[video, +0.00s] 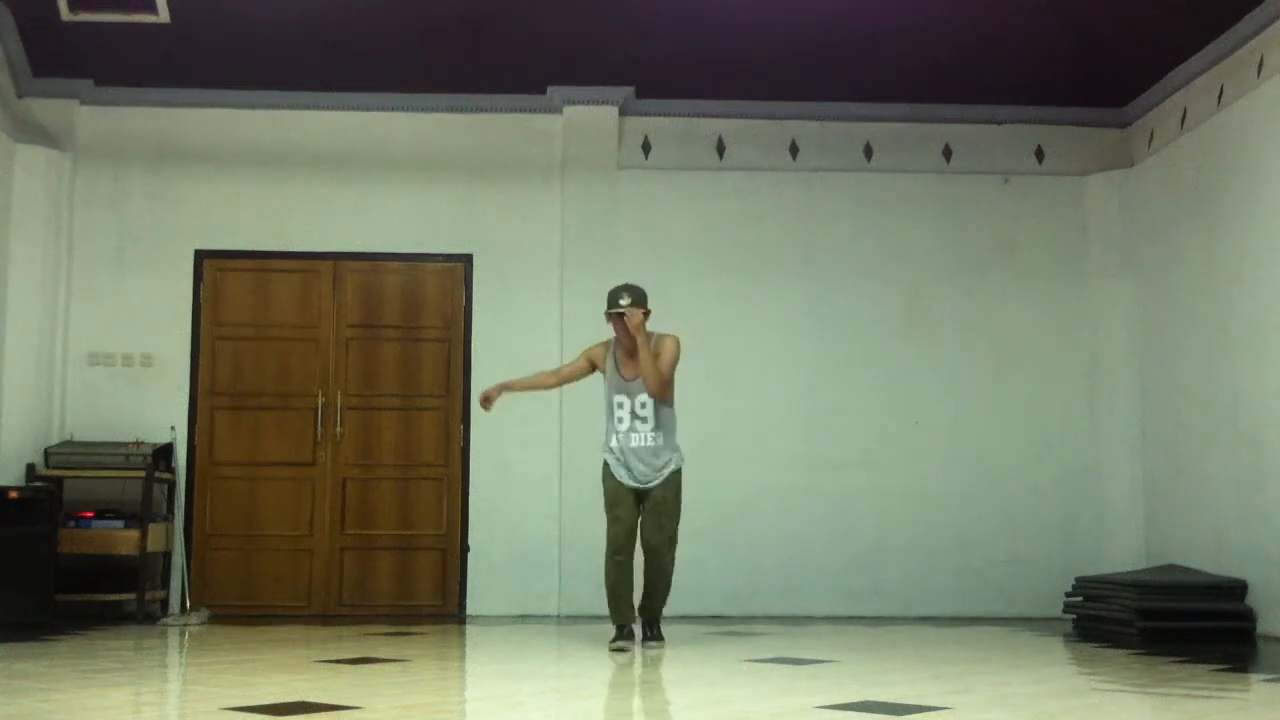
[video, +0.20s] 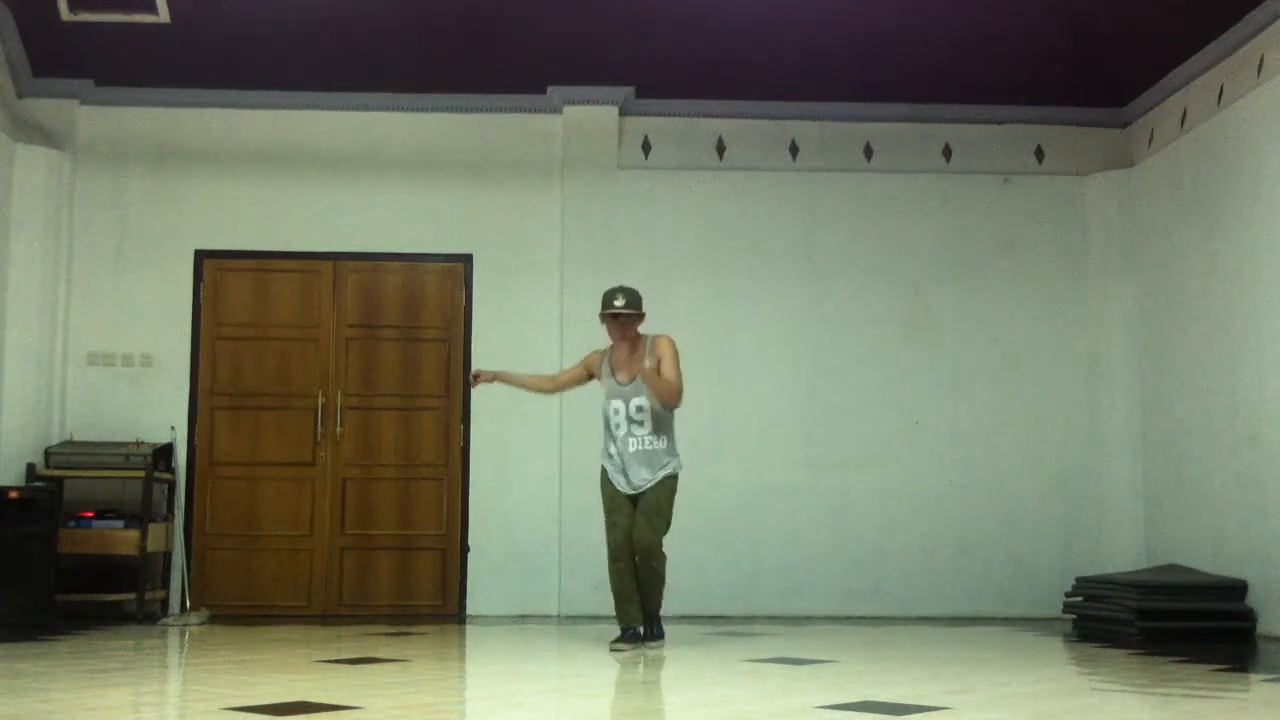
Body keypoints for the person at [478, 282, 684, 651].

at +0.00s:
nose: (617, 324)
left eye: (623, 316)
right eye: (613, 318)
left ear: (643, 315)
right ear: (608, 319)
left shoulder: (665, 345)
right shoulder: (602, 352)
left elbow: (657, 388)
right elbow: (555, 377)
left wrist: (640, 338)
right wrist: (504, 387)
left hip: (663, 466)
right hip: (619, 466)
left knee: (659, 547)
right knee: (620, 546)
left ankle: (652, 618)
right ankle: (623, 625)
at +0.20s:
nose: (621, 325)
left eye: (627, 317)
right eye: (614, 318)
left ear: (640, 319)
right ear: (604, 322)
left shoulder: (660, 346)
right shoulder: (599, 360)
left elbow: (673, 397)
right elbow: (550, 383)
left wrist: (645, 370)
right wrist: (497, 376)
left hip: (659, 468)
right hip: (616, 470)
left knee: (646, 542)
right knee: (619, 547)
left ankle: (652, 619)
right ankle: (631, 627)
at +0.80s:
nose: (655, 322)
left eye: (662, 316)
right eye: (648, 314)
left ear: (672, 319)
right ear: (635, 316)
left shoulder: (680, 359)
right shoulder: (616, 346)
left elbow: (664, 419)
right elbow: (636, 396)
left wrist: (641, 468)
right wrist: (692, 391)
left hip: (658, 462)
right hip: (614, 463)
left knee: (656, 546)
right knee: (620, 548)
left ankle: (656, 628)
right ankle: (628, 627)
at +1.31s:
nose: (640, 315)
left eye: (647, 308)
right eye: (632, 309)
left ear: (659, 312)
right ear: (622, 313)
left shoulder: (679, 349)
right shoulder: (607, 353)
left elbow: (681, 410)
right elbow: (582, 406)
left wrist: (665, 462)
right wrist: (558, 454)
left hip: (666, 464)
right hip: (621, 464)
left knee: (662, 548)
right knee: (623, 545)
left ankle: (656, 628)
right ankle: (624, 627)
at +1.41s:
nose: (631, 313)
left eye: (638, 307)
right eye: (624, 307)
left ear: (651, 310)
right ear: (615, 312)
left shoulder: (672, 346)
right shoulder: (601, 356)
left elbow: (683, 403)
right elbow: (570, 404)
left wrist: (664, 457)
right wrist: (538, 443)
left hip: (663, 465)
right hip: (619, 467)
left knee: (659, 549)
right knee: (620, 549)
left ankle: (655, 629)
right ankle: (626, 627)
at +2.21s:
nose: (648, 312)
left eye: (656, 306)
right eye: (642, 305)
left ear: (669, 312)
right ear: (632, 308)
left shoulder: (678, 356)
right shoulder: (614, 341)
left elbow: (678, 409)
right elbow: (592, 394)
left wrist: (677, 450)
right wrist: (639, 426)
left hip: (660, 465)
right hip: (618, 463)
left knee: (659, 545)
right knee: (621, 543)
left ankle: (650, 624)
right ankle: (625, 621)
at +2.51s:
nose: (653, 306)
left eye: (661, 300)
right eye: (647, 299)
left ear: (676, 306)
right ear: (639, 304)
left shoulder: (686, 358)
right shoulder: (621, 335)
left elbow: (681, 409)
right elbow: (576, 363)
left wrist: (679, 447)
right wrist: (594, 407)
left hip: (661, 464)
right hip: (617, 459)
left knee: (659, 548)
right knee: (620, 547)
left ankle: (654, 623)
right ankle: (626, 626)